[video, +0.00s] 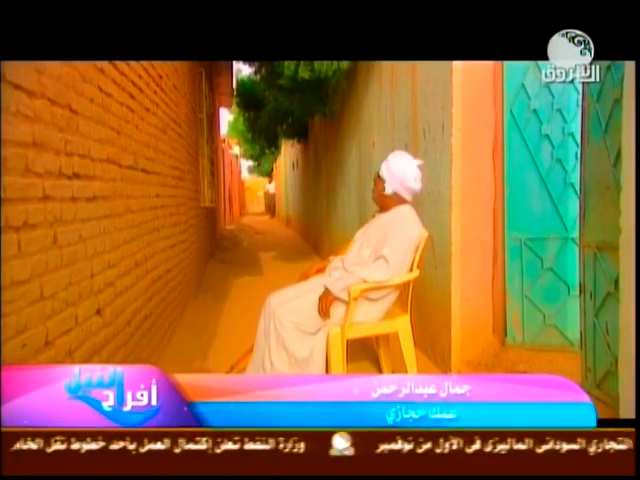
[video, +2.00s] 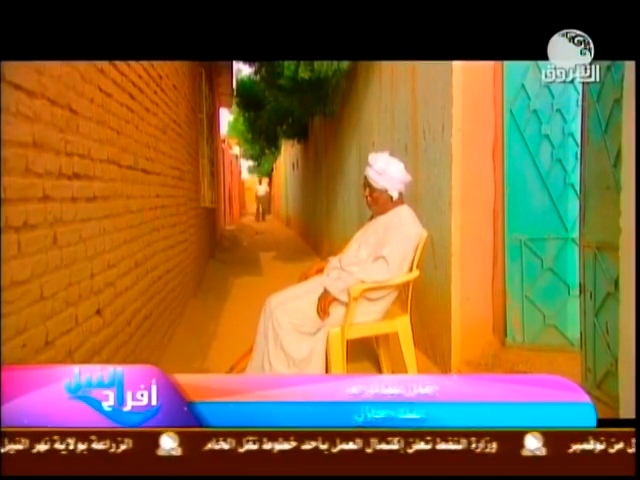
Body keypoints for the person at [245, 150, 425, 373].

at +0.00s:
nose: (373, 186)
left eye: (378, 181)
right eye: (376, 179)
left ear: (390, 188)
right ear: (392, 189)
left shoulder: (405, 221)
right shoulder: (388, 216)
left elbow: (388, 271)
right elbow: (358, 253)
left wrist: (336, 288)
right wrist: (327, 266)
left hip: (360, 298)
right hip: (341, 281)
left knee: (283, 314)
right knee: (274, 303)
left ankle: (281, 386)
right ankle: (266, 379)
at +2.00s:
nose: (366, 195)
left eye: (373, 190)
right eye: (366, 188)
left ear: (392, 193)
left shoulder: (404, 223)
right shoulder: (385, 217)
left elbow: (387, 271)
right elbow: (356, 253)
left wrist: (335, 288)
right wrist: (326, 266)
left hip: (359, 299)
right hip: (340, 282)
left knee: (282, 315)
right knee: (274, 305)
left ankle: (280, 386)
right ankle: (267, 379)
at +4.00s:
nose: (378, 182)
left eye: (387, 178)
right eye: (380, 176)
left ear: (402, 189)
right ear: (379, 180)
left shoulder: (405, 223)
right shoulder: (384, 216)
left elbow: (388, 271)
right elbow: (356, 254)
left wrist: (337, 288)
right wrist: (326, 265)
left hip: (362, 300)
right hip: (343, 283)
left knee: (283, 315)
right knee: (274, 304)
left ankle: (289, 405)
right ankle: (266, 379)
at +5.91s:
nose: (381, 191)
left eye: (388, 184)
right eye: (374, 186)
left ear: (401, 189)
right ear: (369, 193)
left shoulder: (406, 224)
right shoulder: (380, 218)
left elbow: (384, 270)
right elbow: (353, 255)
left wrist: (335, 291)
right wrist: (324, 267)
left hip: (363, 300)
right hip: (341, 283)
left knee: (284, 315)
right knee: (274, 304)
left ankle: (290, 405)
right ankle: (266, 378)